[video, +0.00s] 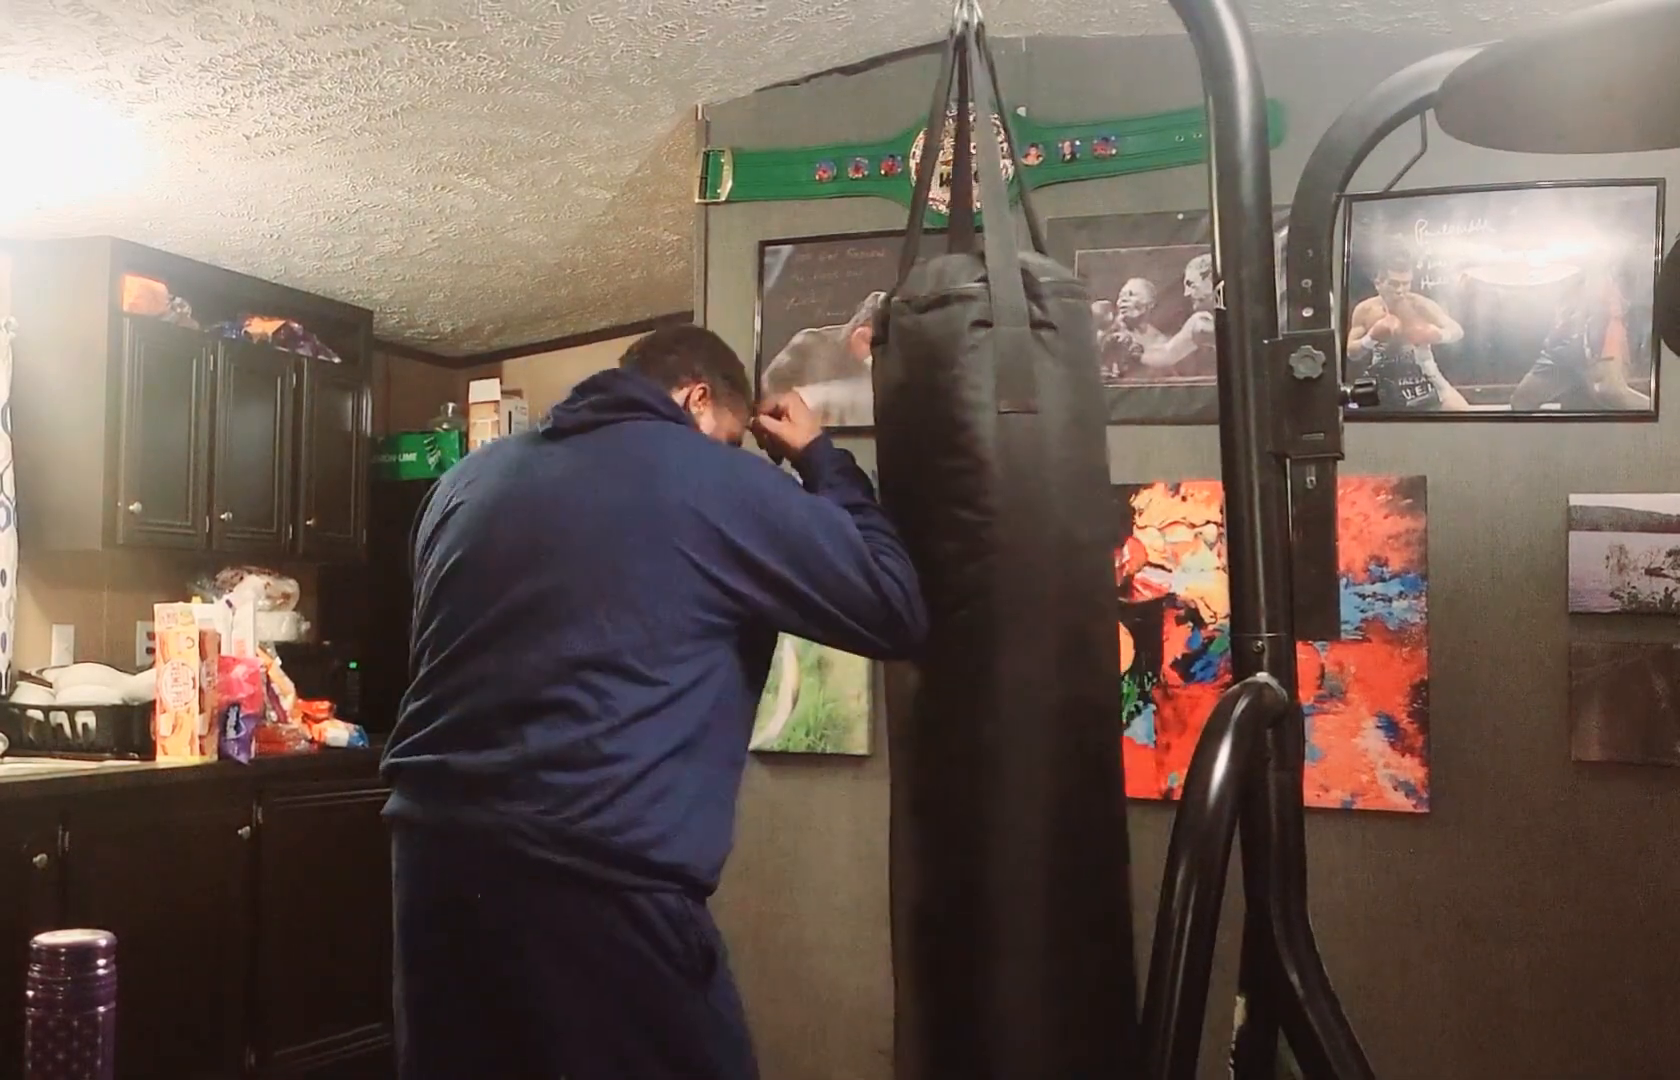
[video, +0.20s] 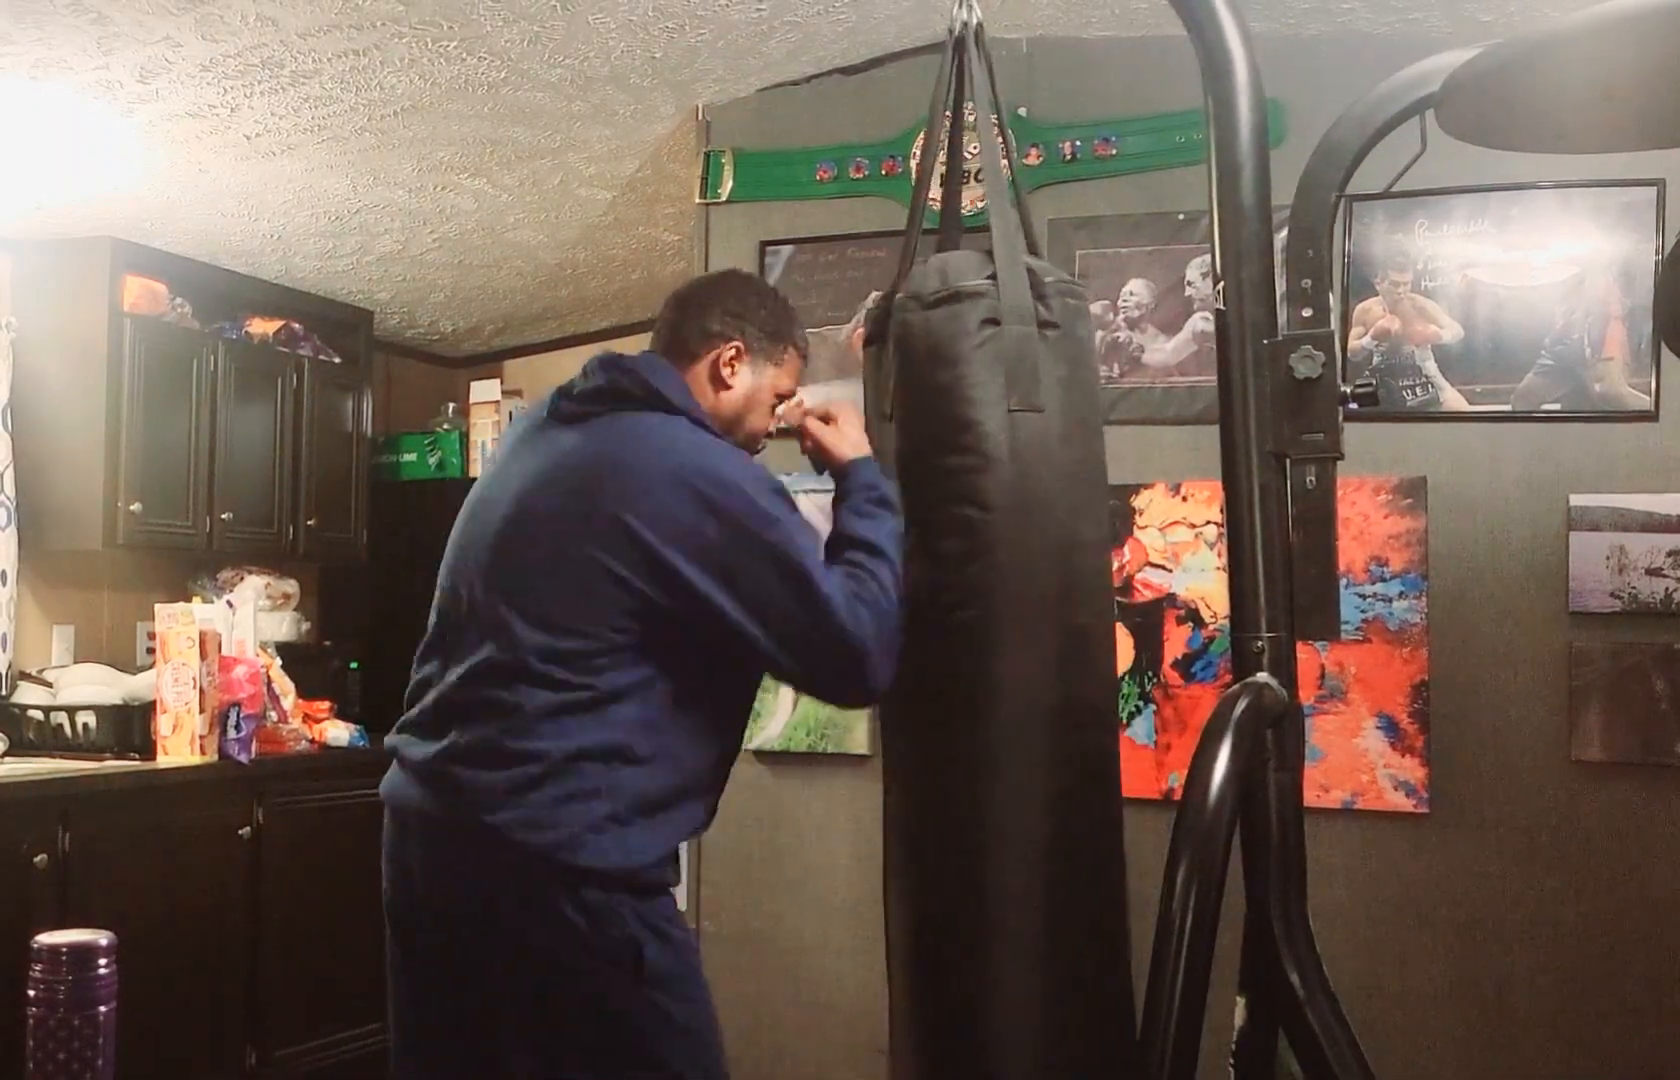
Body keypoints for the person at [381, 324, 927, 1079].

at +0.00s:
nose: (730, 456)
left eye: (736, 444)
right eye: (733, 438)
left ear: (616, 388)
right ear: (695, 399)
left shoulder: (464, 478)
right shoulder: (713, 480)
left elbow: (439, 655)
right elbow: (900, 610)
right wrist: (817, 453)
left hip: (431, 860)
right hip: (607, 878)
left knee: (445, 1068)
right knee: (685, 1066)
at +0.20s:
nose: (773, 429)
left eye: (786, 407)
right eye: (778, 401)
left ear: (704, 362)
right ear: (727, 365)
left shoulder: (544, 428)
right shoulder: (693, 474)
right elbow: (857, 657)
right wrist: (861, 471)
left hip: (429, 836)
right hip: (574, 866)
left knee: (451, 1068)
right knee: (669, 1065)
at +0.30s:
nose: (772, 425)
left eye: (785, 405)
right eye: (777, 397)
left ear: (709, 354)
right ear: (724, 357)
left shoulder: (564, 425)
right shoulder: (667, 467)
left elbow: (739, 507)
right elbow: (795, 681)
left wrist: (884, 521)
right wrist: (834, 506)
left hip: (433, 829)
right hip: (562, 862)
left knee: (459, 1067)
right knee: (650, 1063)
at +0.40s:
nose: (751, 441)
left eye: (767, 422)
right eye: (760, 413)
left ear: (703, 359)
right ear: (713, 364)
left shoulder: (552, 428)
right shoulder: (655, 460)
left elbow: (716, 549)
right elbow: (747, 683)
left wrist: (888, 529)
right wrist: (819, 527)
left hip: (433, 834)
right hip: (555, 863)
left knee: (457, 1064)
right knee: (642, 1061)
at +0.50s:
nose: (743, 494)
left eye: (759, 478)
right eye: (757, 466)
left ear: (717, 400)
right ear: (731, 407)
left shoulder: (548, 438)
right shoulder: (644, 464)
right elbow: (705, 693)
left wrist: (831, 585)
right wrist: (803, 561)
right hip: (545, 873)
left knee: (442, 1066)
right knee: (636, 1063)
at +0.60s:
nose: (752, 566)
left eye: (770, 555)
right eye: (769, 545)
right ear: (757, 488)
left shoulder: (562, 468)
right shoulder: (656, 487)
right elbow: (679, 716)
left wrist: (792, 666)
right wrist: (794, 614)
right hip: (524, 874)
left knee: (435, 1064)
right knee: (638, 1063)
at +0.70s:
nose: (772, 626)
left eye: (787, 615)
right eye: (790, 604)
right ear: (775, 550)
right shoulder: (703, 526)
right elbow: (681, 741)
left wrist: (762, 744)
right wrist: (802, 683)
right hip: (510, 877)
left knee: (418, 1066)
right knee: (642, 1065)